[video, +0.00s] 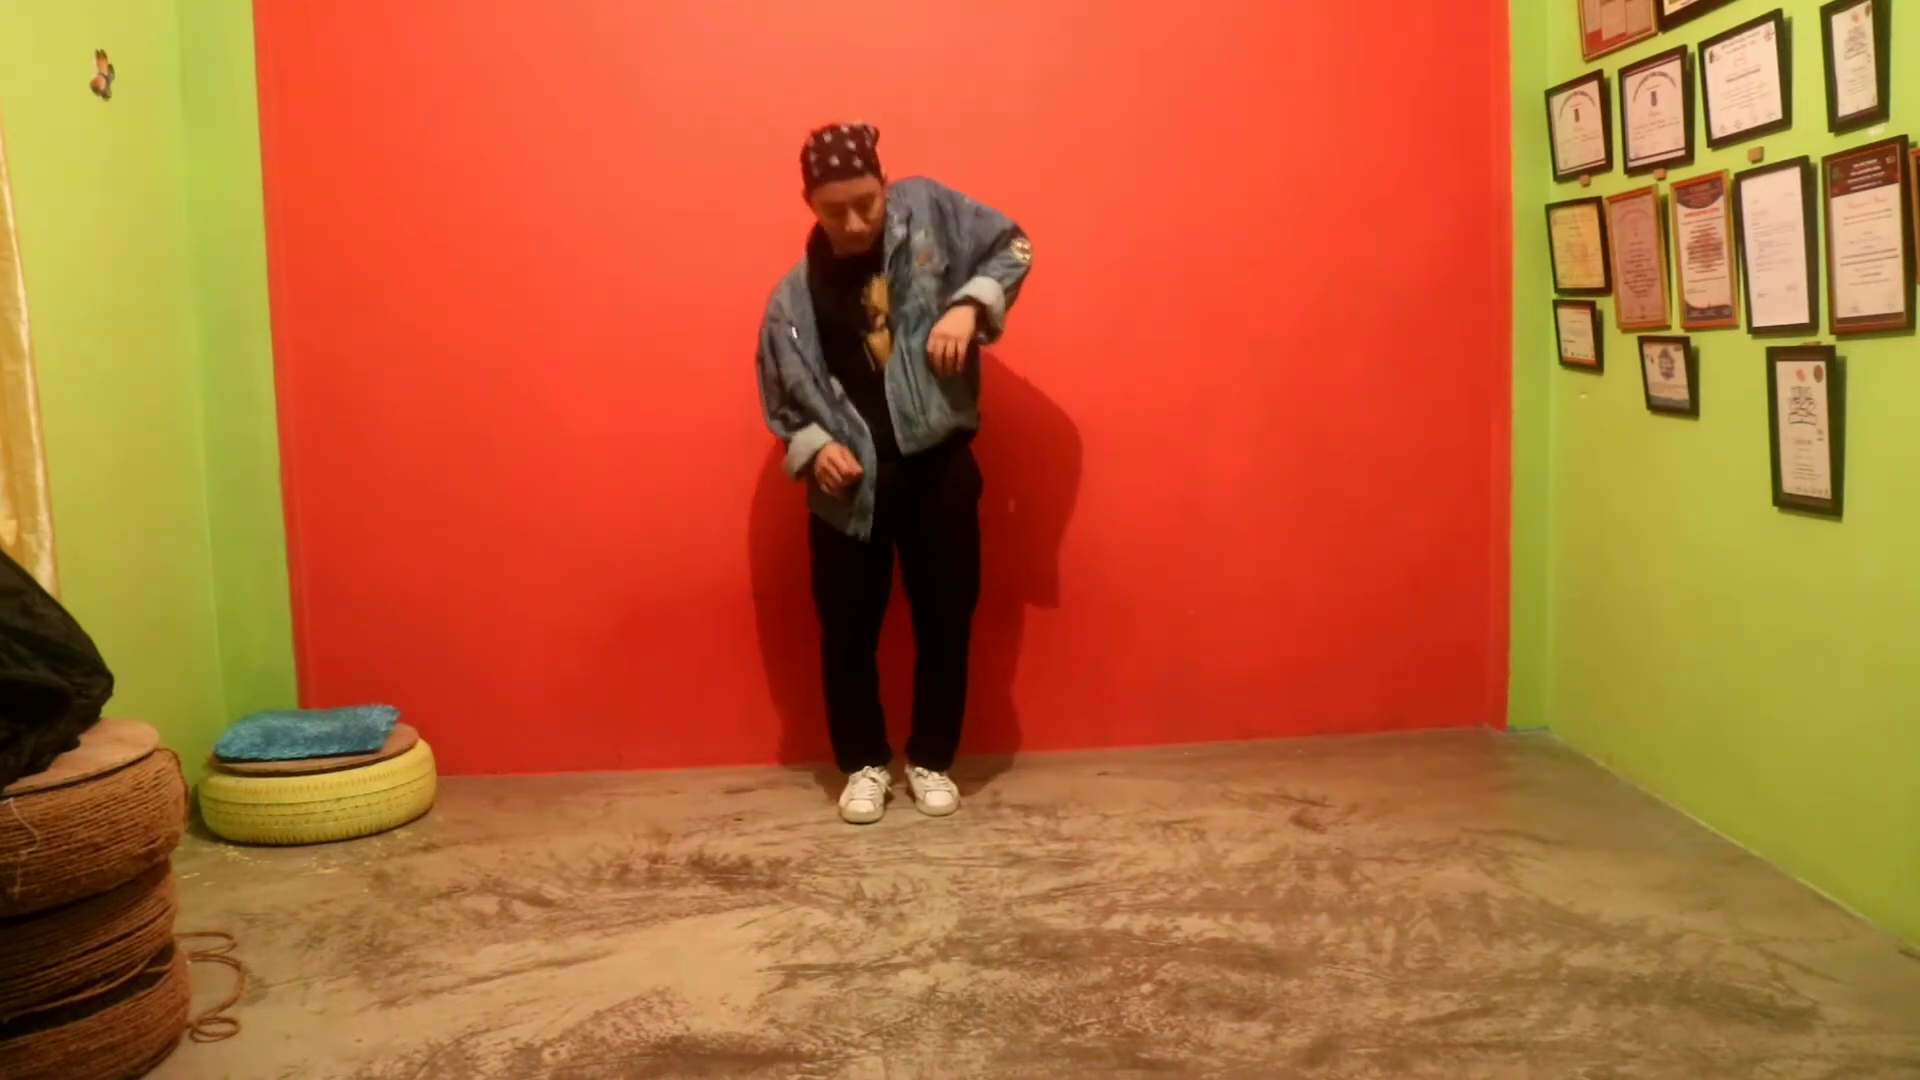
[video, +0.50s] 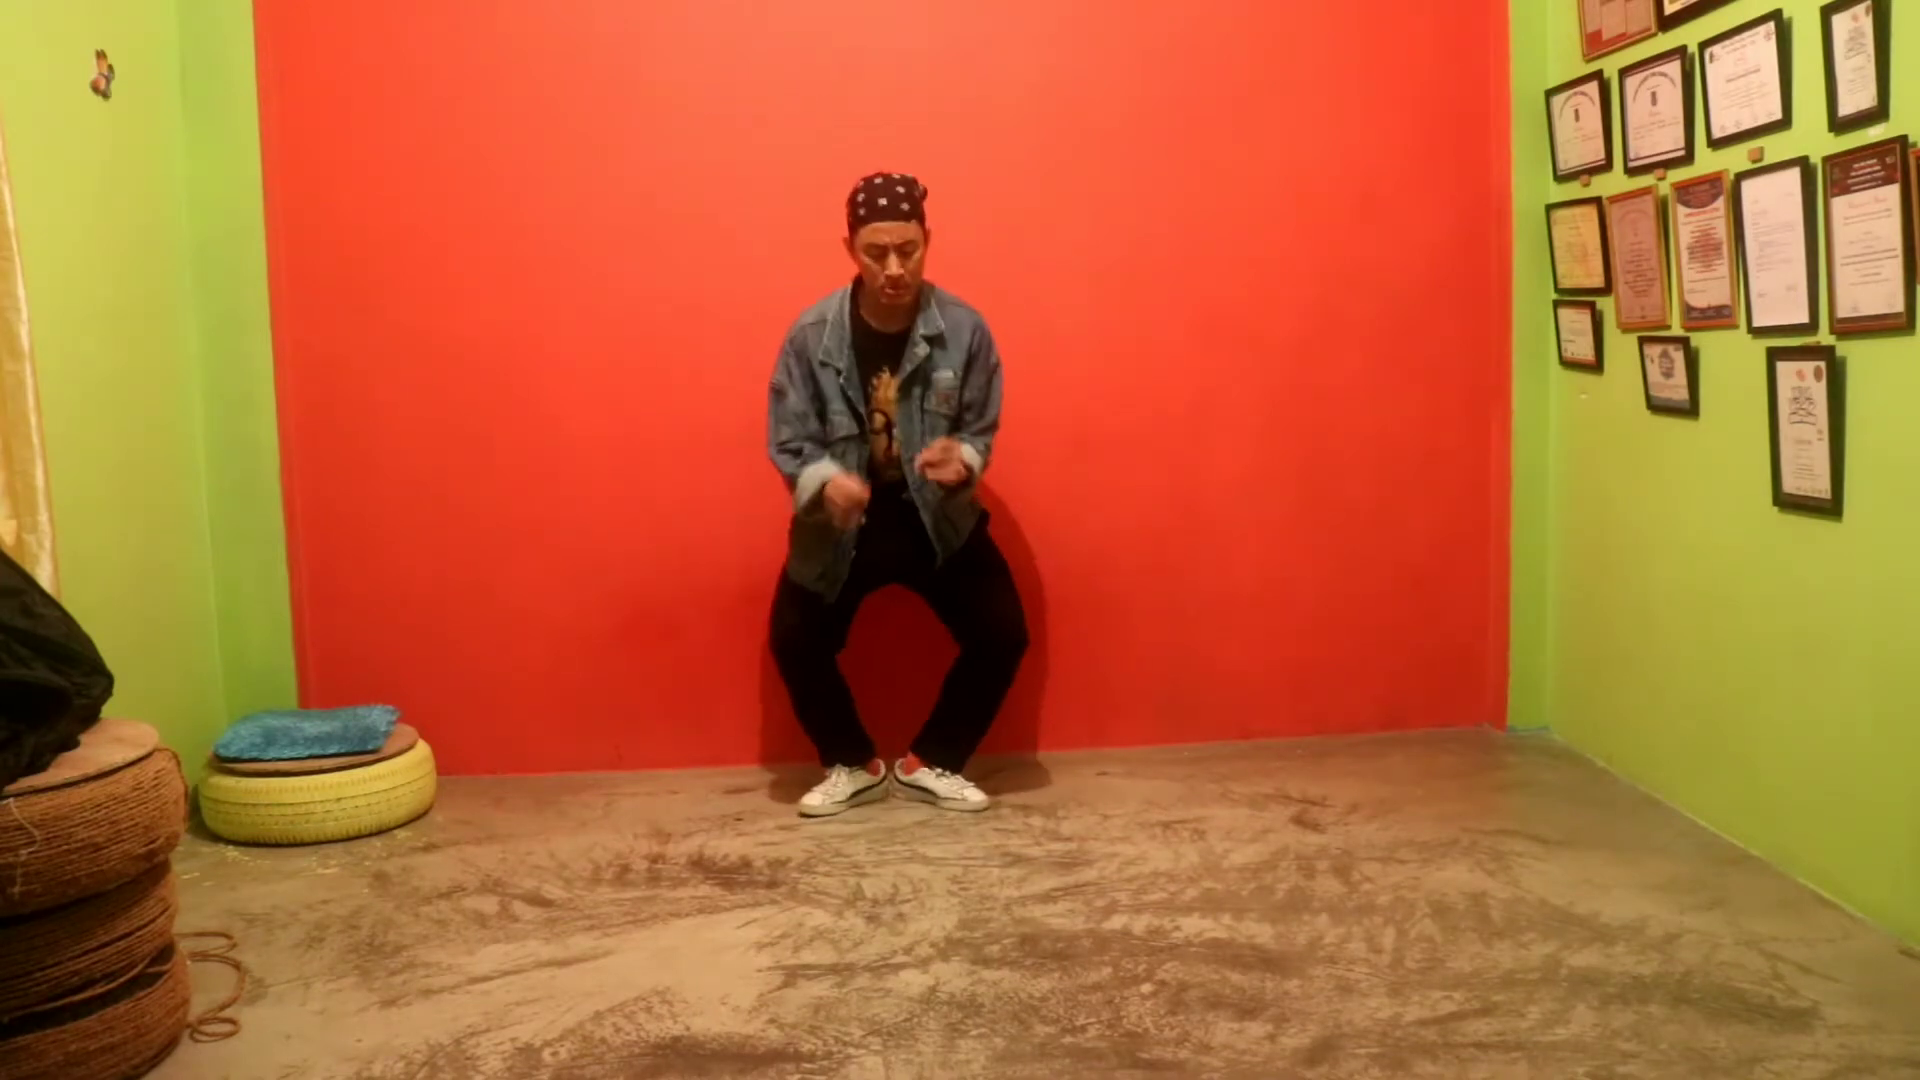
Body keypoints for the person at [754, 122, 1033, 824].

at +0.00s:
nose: (855, 223)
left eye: (865, 203)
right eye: (836, 210)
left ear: (885, 187)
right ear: (812, 204)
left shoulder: (924, 209)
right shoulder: (794, 301)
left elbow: (1009, 246)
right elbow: (784, 404)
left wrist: (968, 305)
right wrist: (815, 446)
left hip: (937, 468)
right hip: (848, 483)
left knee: (945, 619)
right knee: (848, 629)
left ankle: (931, 762)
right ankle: (864, 767)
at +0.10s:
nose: (863, 224)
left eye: (874, 204)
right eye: (844, 210)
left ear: (891, 188)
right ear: (819, 205)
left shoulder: (932, 218)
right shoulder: (800, 297)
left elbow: (1017, 259)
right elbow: (781, 395)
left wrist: (978, 321)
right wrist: (816, 451)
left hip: (939, 472)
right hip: (850, 485)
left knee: (945, 620)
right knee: (849, 631)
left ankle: (931, 762)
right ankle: (865, 767)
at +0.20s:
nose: (872, 214)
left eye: (884, 196)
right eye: (853, 200)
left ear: (903, 183)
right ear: (827, 193)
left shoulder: (955, 249)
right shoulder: (798, 287)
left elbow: (1023, 313)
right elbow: (782, 385)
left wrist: (989, 366)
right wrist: (816, 440)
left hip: (942, 476)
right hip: (850, 482)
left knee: (962, 614)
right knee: (839, 620)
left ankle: (930, 760)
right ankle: (858, 760)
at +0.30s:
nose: (882, 232)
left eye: (893, 213)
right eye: (864, 218)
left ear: (913, 206)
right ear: (840, 217)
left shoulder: (959, 289)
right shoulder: (803, 305)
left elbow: (1013, 366)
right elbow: (779, 397)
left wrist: (986, 413)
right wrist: (816, 452)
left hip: (943, 502)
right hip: (846, 506)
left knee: (984, 625)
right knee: (811, 629)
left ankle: (929, 760)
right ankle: (855, 760)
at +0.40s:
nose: (893, 267)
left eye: (905, 248)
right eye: (877, 251)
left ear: (926, 245)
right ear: (853, 252)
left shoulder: (966, 333)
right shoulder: (813, 337)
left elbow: (988, 434)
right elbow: (782, 439)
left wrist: (979, 462)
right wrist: (818, 491)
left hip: (938, 524)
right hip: (844, 526)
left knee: (1001, 634)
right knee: (790, 640)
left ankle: (931, 761)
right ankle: (854, 763)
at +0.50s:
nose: (894, 269)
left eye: (906, 251)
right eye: (877, 253)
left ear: (925, 245)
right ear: (852, 251)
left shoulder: (965, 331)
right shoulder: (813, 335)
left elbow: (980, 433)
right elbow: (791, 440)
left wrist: (961, 457)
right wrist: (829, 481)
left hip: (937, 521)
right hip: (844, 522)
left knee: (1001, 635)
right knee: (795, 640)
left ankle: (929, 762)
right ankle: (856, 764)